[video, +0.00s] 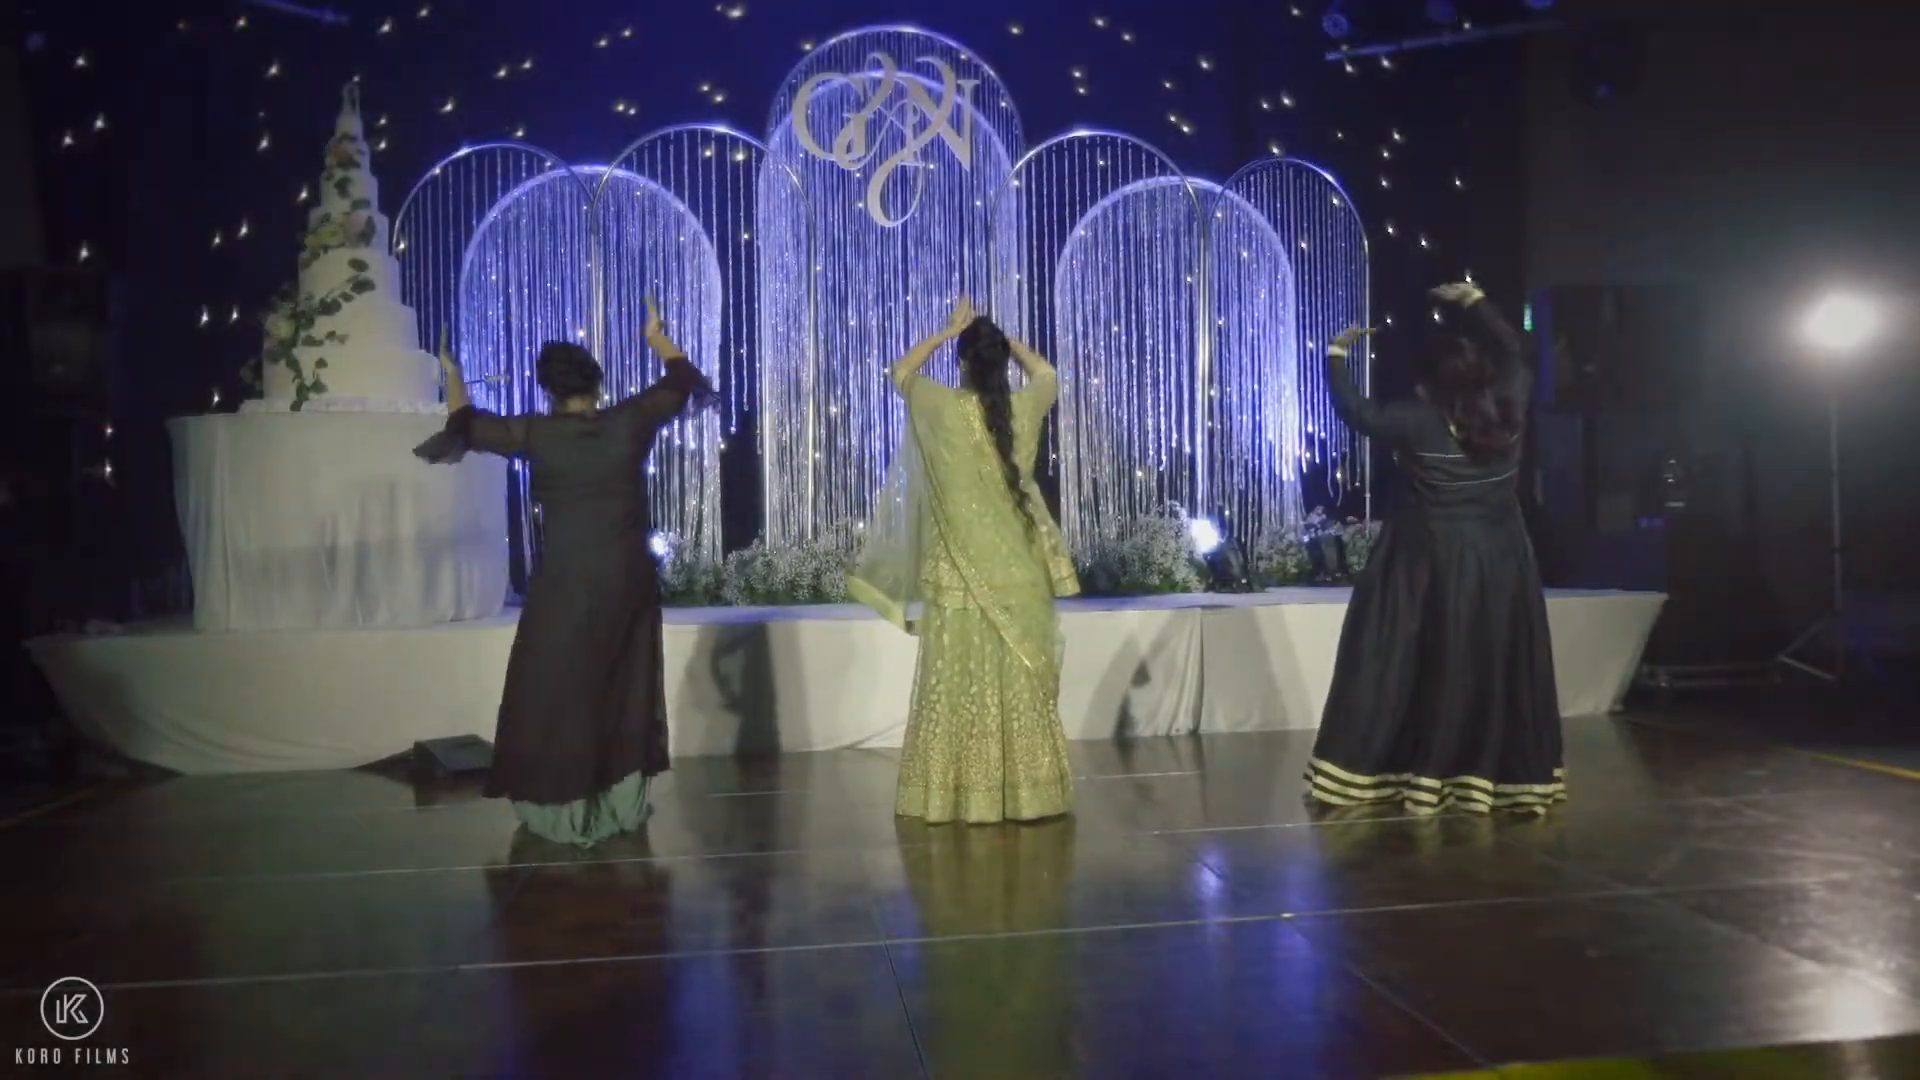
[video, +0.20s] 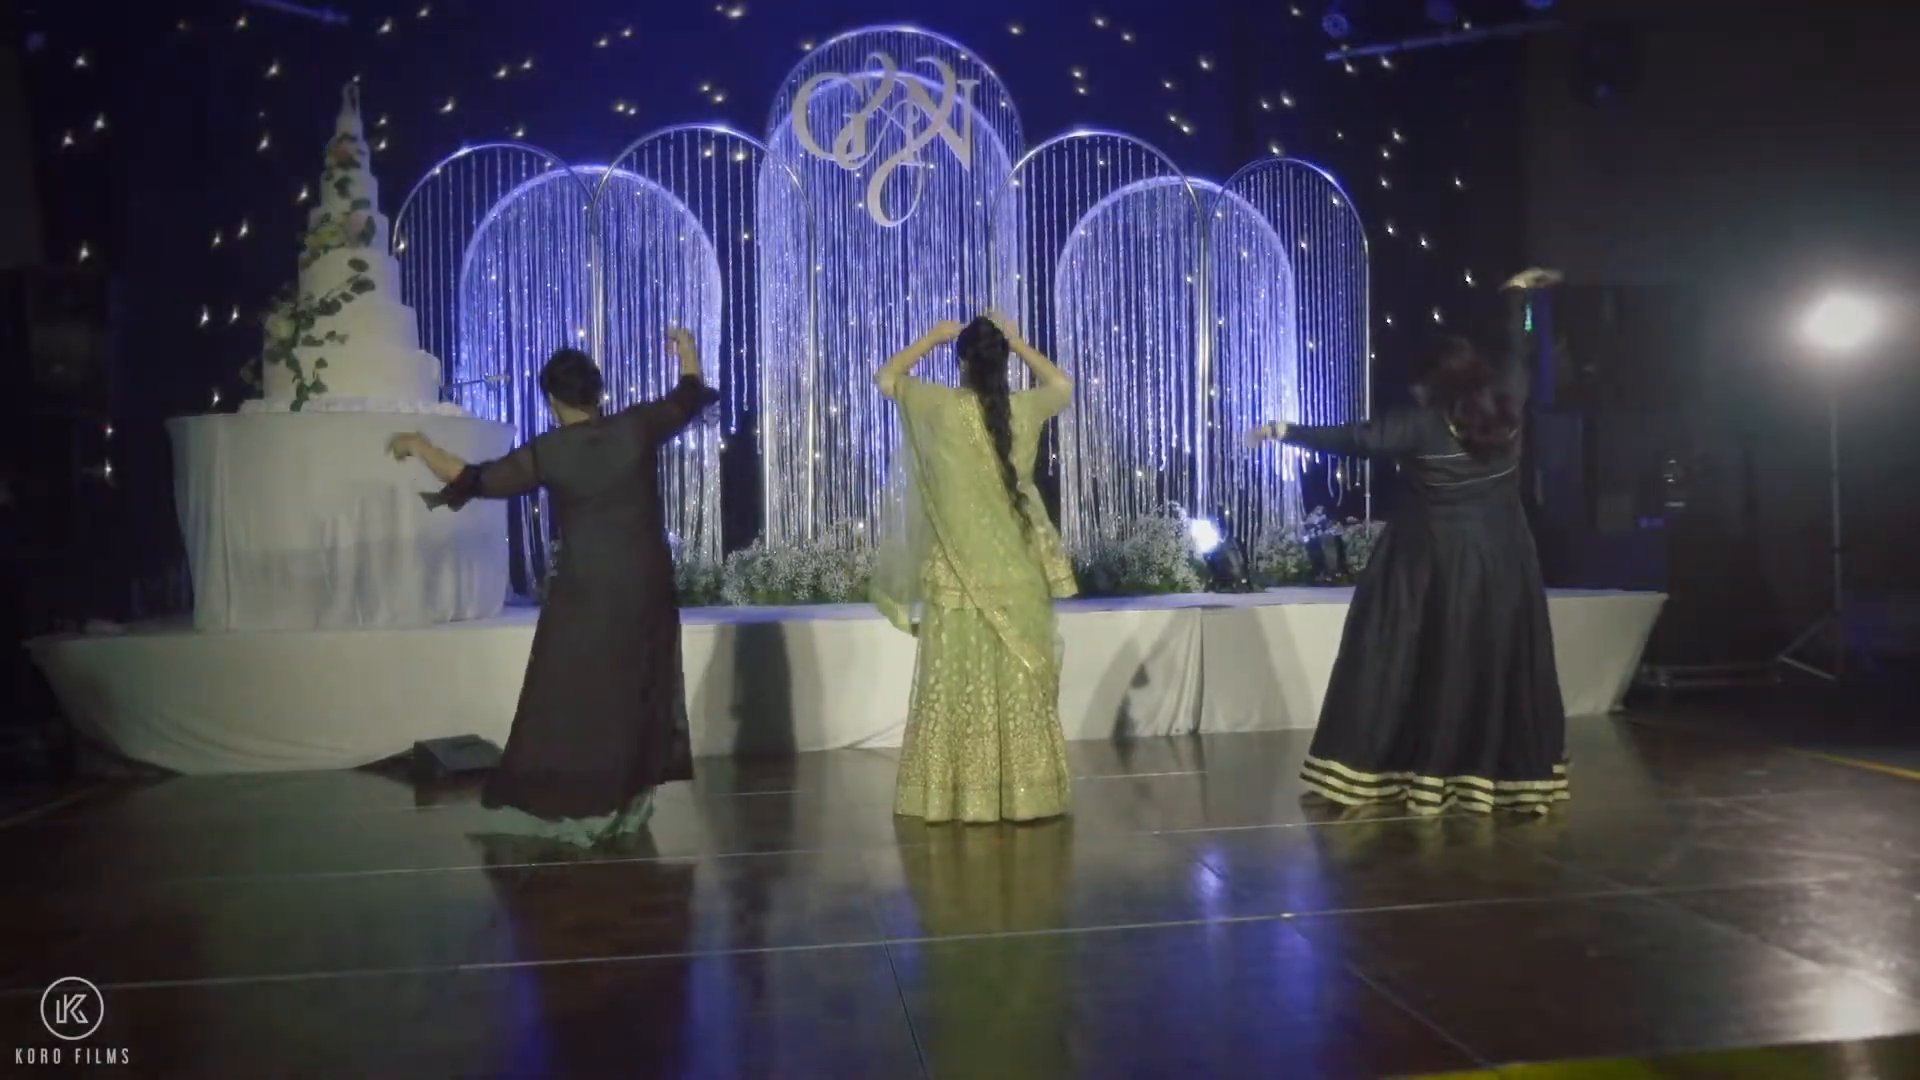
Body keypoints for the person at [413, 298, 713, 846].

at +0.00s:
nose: (564, 397)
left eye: (553, 390)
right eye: (585, 384)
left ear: (551, 393)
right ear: (596, 386)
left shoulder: (537, 435)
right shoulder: (630, 424)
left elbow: (466, 424)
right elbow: (685, 381)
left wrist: (455, 380)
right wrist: (661, 344)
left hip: (565, 585)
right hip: (627, 582)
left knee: (557, 696)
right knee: (621, 693)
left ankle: (562, 817)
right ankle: (622, 811)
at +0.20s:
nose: (552, 408)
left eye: (551, 399)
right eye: (557, 398)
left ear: (554, 401)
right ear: (599, 390)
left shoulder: (549, 453)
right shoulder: (639, 426)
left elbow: (474, 481)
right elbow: (695, 394)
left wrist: (422, 445)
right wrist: (689, 355)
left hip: (585, 592)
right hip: (646, 588)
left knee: (578, 696)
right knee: (636, 692)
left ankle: (582, 812)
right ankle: (634, 806)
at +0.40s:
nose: (545, 419)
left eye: (544, 409)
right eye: (546, 409)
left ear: (552, 408)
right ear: (593, 398)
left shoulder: (548, 466)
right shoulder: (639, 432)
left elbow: (505, 532)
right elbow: (696, 435)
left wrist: (433, 529)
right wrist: (693, 394)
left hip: (591, 593)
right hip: (653, 588)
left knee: (578, 693)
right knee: (640, 691)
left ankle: (578, 810)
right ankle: (635, 807)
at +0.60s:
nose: (543, 421)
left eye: (542, 412)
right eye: (542, 412)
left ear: (549, 410)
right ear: (590, 400)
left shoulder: (547, 466)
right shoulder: (638, 429)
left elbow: (511, 535)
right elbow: (699, 430)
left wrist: (445, 573)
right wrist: (713, 412)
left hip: (592, 593)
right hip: (654, 586)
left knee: (579, 693)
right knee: (641, 691)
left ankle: (574, 808)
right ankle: (637, 803)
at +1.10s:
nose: (542, 428)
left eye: (541, 418)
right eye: (541, 419)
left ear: (551, 413)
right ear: (588, 403)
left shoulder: (546, 465)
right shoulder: (637, 433)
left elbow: (514, 532)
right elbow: (690, 464)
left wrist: (465, 584)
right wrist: (727, 491)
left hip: (592, 594)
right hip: (654, 587)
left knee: (578, 695)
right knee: (648, 690)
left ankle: (580, 810)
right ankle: (648, 803)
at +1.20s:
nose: (542, 424)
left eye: (541, 415)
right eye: (542, 415)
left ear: (549, 412)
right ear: (590, 401)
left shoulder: (542, 461)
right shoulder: (636, 432)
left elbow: (495, 530)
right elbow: (703, 466)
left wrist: (468, 580)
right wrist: (710, 496)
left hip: (587, 591)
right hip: (650, 587)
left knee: (573, 695)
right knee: (646, 691)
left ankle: (571, 811)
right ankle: (648, 803)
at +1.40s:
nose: (533, 417)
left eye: (533, 408)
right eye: (533, 408)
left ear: (544, 403)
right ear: (583, 398)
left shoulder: (536, 447)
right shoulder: (627, 435)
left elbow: (488, 513)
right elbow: (688, 483)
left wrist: (471, 556)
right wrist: (689, 515)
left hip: (569, 593)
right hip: (634, 590)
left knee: (567, 697)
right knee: (633, 694)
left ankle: (574, 811)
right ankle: (639, 807)